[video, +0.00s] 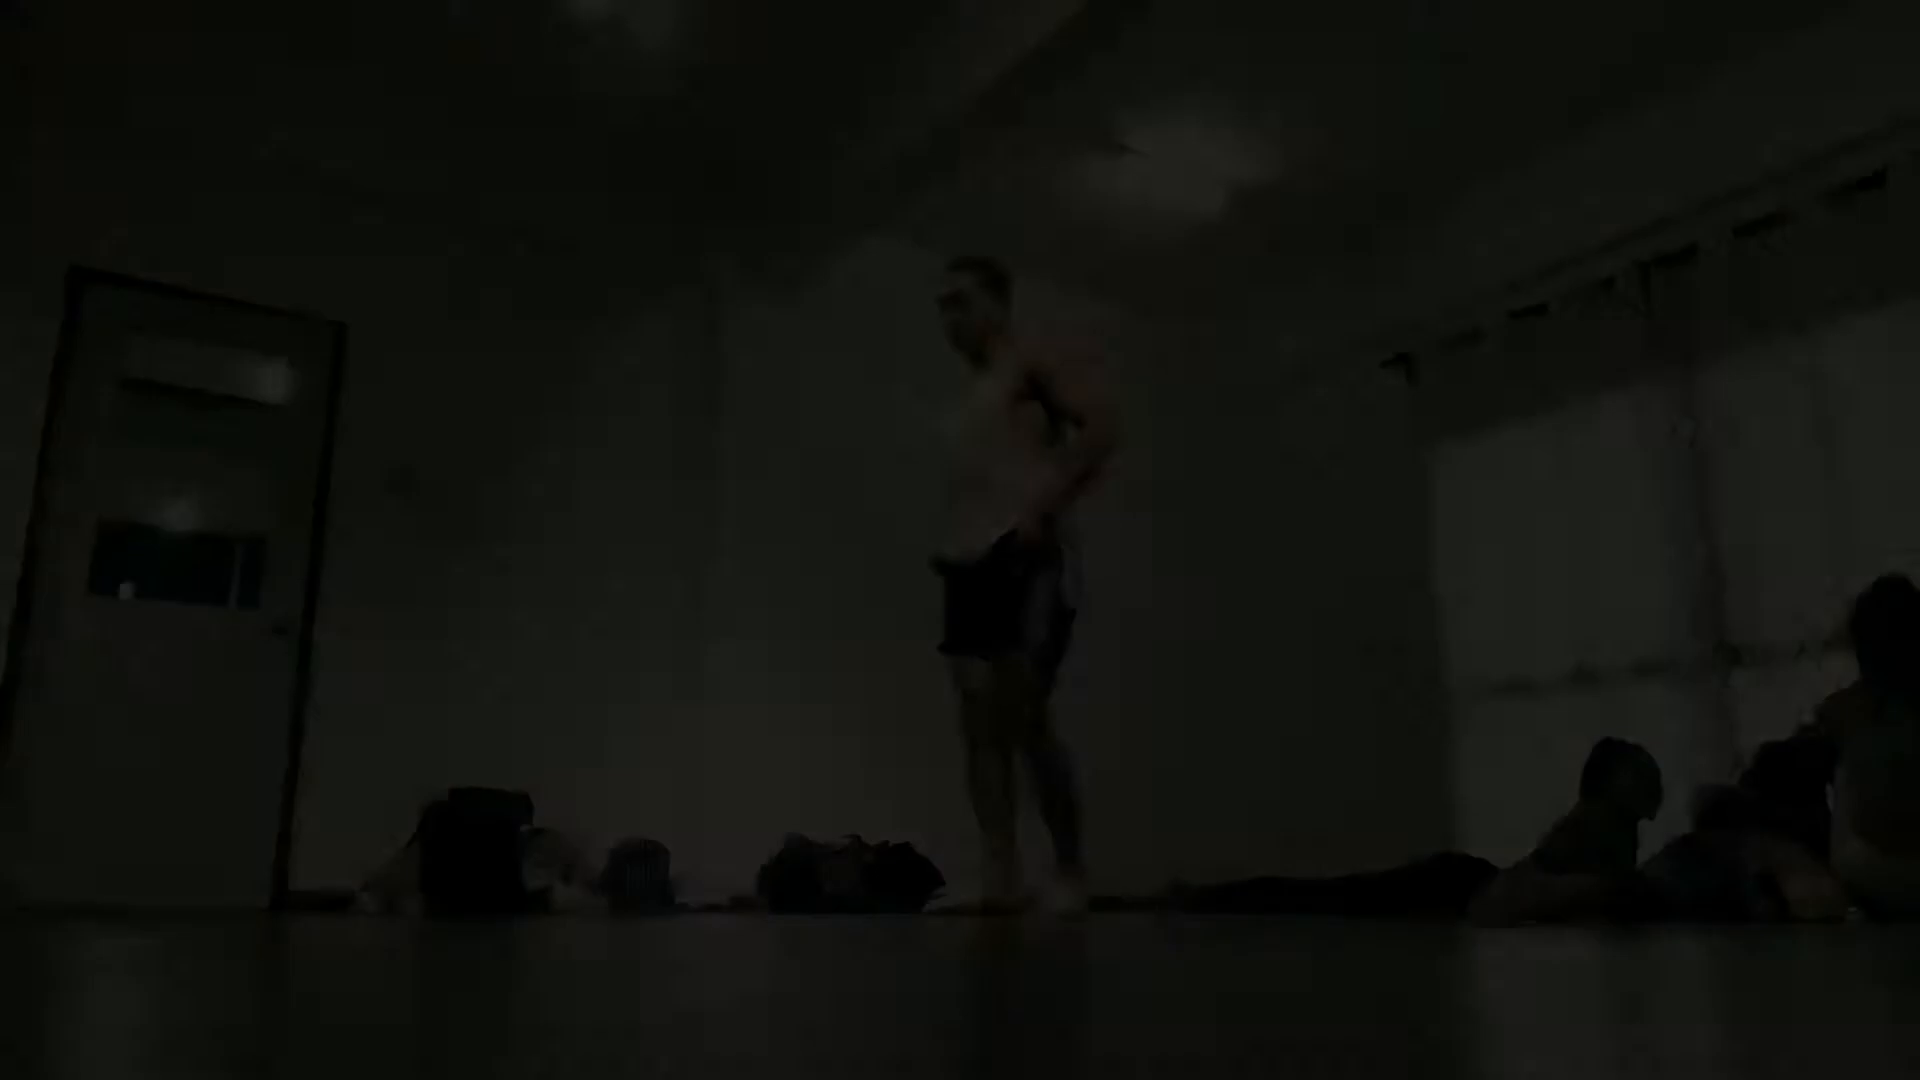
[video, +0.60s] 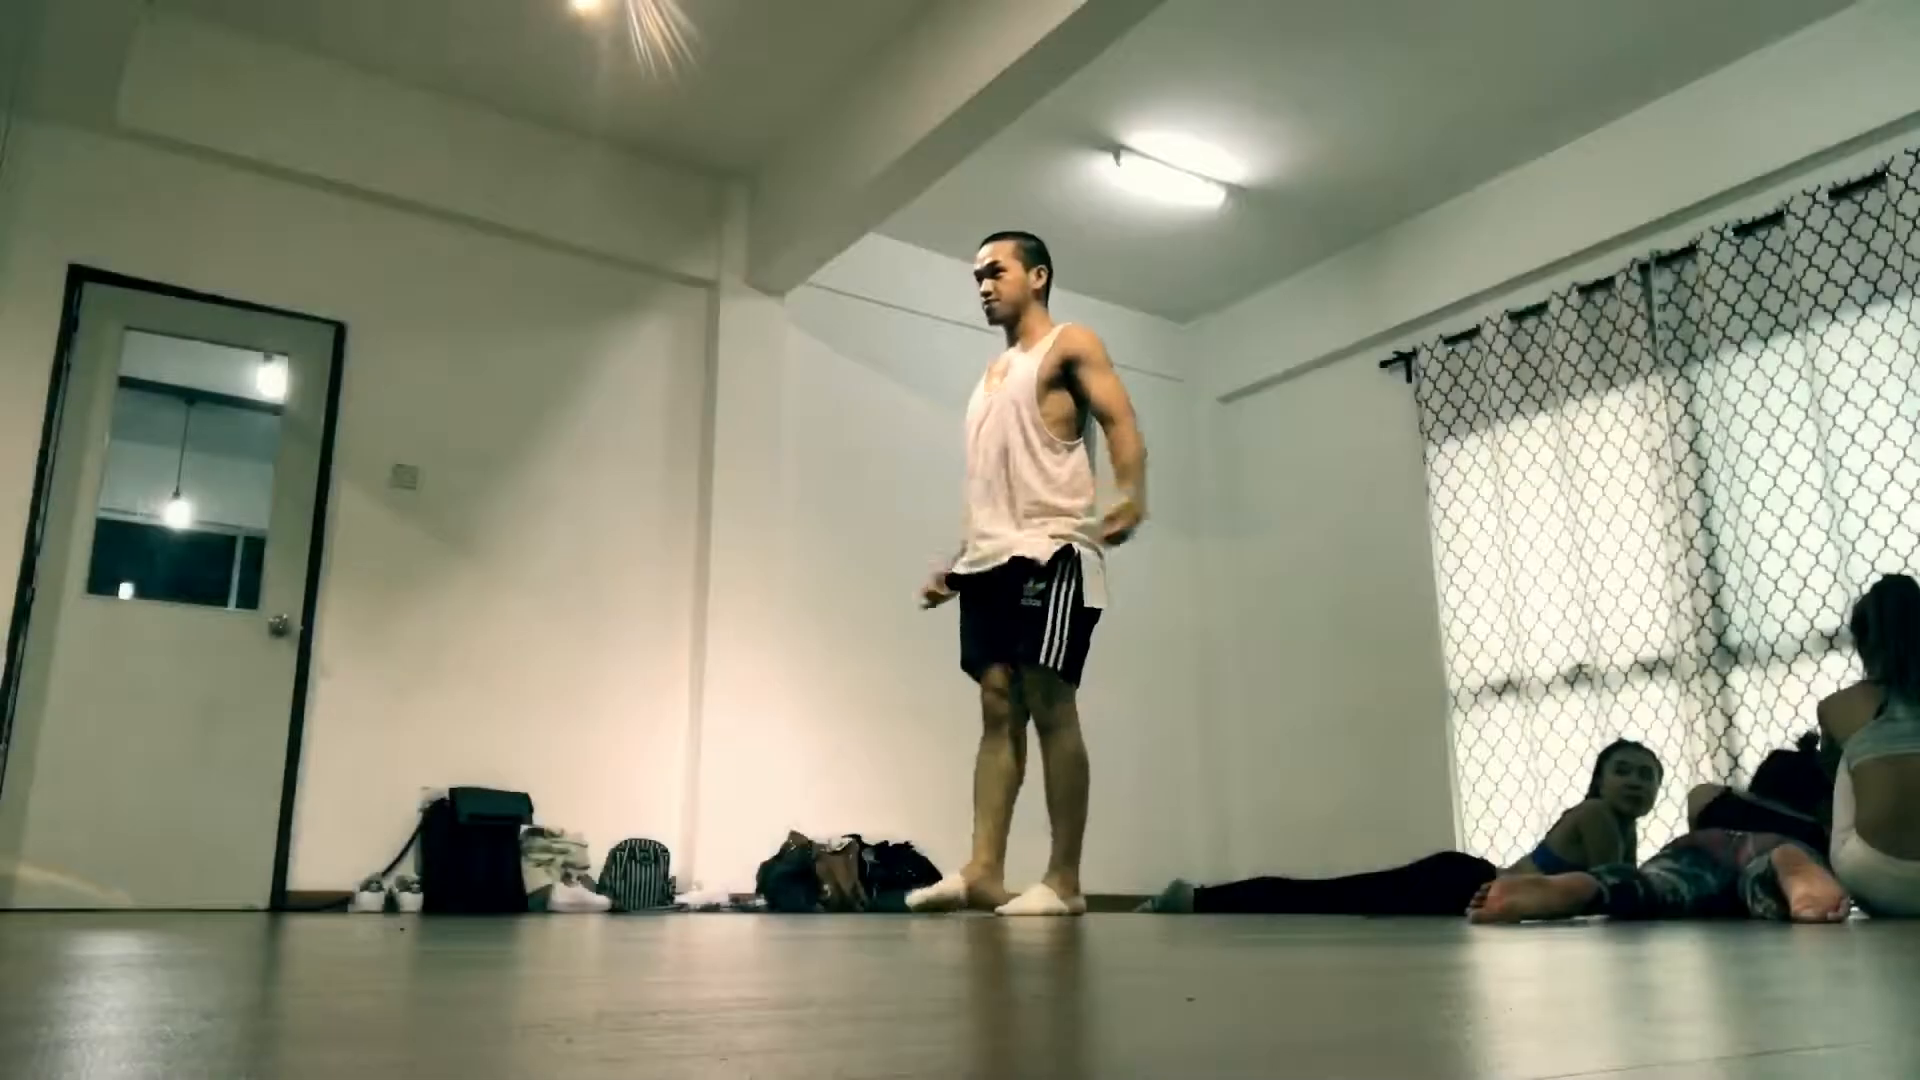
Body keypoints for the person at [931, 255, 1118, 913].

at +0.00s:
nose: (953, 322)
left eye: (963, 306)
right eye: (946, 308)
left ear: (996, 307)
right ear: (945, 317)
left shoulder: (1029, 376)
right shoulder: (961, 389)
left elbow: (1094, 440)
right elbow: (972, 471)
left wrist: (1043, 512)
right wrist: (955, 538)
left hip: (1026, 564)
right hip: (966, 569)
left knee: (1026, 720)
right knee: (979, 728)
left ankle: (1067, 875)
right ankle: (1000, 879)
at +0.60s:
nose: (982, 285)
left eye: (995, 272)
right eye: (979, 277)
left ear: (1038, 277)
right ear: (988, 291)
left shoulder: (1071, 344)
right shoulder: (995, 374)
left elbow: (1119, 420)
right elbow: (994, 486)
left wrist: (1131, 498)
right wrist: (955, 565)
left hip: (1053, 554)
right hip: (991, 562)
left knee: (1050, 706)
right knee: (998, 707)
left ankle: (1063, 882)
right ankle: (984, 872)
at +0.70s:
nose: (990, 284)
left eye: (1003, 271)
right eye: (987, 276)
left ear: (1046, 278)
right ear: (996, 292)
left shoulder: (1079, 344)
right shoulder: (996, 376)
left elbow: (1133, 409)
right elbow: (983, 483)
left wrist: (1171, 470)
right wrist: (934, 559)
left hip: (1054, 554)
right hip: (990, 563)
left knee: (1054, 706)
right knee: (1007, 711)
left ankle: (1064, 882)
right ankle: (1004, 873)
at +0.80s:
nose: (996, 287)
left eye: (1010, 275)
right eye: (993, 279)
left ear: (1052, 282)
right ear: (997, 295)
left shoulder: (1085, 353)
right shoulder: (989, 386)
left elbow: (1155, 413)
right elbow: (960, 490)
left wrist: (1211, 461)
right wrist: (886, 543)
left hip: (1059, 554)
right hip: (994, 566)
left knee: (1057, 708)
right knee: (1018, 714)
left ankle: (1066, 881)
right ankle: (1040, 867)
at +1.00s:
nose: (998, 301)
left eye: (1012, 290)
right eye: (995, 294)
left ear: (1054, 300)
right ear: (1001, 311)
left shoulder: (1095, 375)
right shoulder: (977, 392)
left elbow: (1189, 426)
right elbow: (913, 458)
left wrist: (1279, 454)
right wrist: (844, 448)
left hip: (1070, 558)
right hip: (1005, 576)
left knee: (1069, 710)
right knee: (1042, 727)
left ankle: (1066, 881)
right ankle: (1115, 859)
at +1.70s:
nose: (1029, 310)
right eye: (1028, 300)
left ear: (965, 310)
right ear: (1027, 304)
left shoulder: (942, 385)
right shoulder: (1043, 362)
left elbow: (923, 474)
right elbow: (1128, 423)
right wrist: (1180, 471)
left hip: (963, 565)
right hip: (1040, 545)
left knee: (997, 710)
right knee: (1115, 620)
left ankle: (985, 874)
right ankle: (1071, 769)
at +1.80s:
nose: (1014, 272)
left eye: (1024, 264)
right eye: (997, 263)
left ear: (1037, 285)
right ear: (972, 285)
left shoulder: (1037, 376)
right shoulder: (975, 343)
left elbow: (1071, 457)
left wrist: (1149, 455)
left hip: (991, 532)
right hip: (973, 511)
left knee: (989, 695)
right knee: (1109, 529)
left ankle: (942, 862)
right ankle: (1056, 669)